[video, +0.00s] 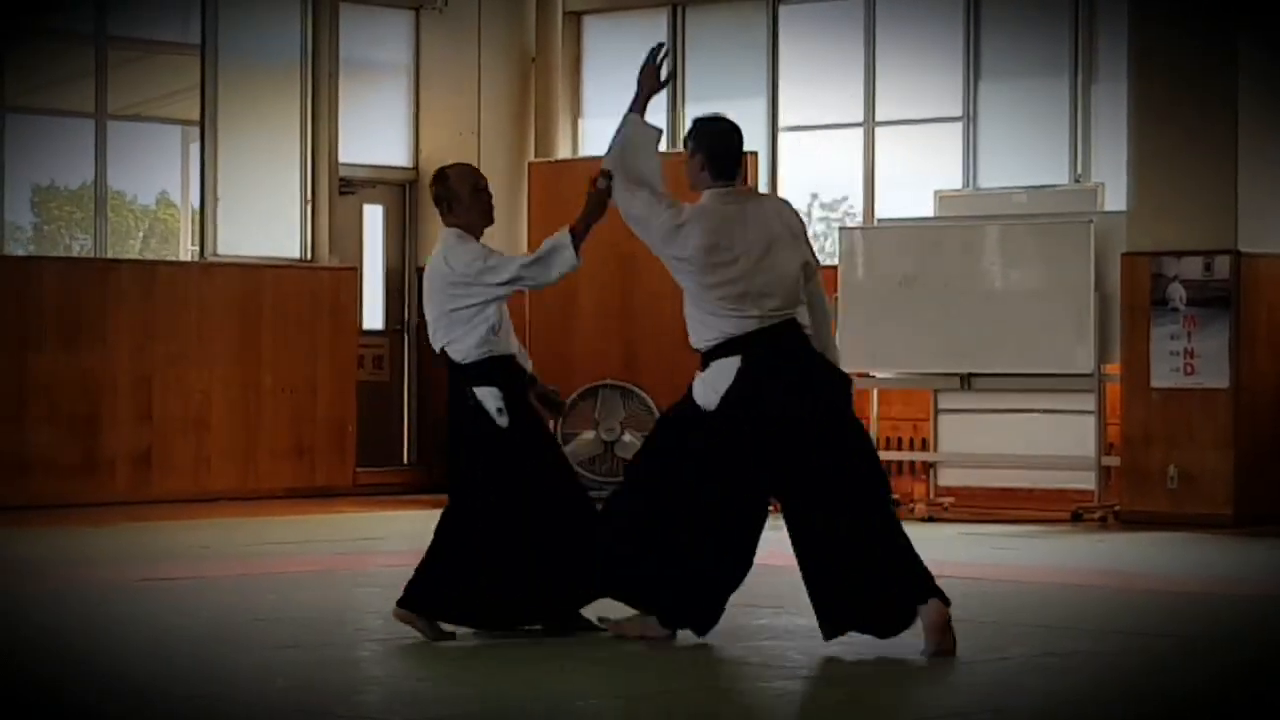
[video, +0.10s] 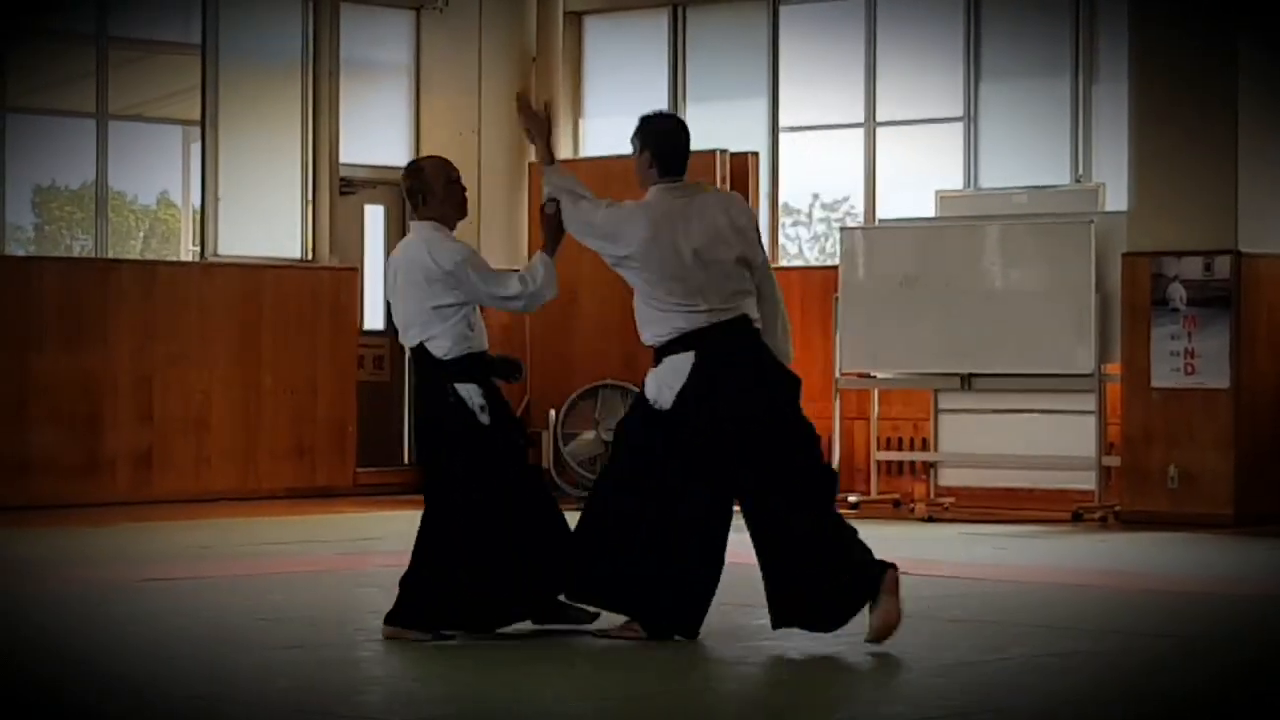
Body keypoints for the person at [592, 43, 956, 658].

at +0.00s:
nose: (682, 164)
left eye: (685, 156)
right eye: (686, 156)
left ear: (694, 162)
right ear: (742, 162)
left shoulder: (686, 229)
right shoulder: (783, 215)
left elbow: (631, 181)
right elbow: (816, 303)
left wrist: (641, 103)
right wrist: (829, 368)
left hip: (734, 382)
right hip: (803, 373)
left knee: (662, 487)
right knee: (855, 495)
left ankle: (655, 614)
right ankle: (928, 599)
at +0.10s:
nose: (632, 161)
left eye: (634, 153)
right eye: (635, 152)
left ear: (645, 159)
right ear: (685, 157)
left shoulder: (636, 222)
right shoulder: (731, 207)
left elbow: (577, 206)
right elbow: (767, 293)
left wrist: (544, 150)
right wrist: (781, 365)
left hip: (686, 371)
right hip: (751, 361)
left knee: (659, 496)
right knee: (789, 490)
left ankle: (656, 616)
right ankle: (872, 578)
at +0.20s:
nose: (605, 157)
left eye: (607, 149)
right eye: (608, 149)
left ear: (618, 154)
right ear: (662, 157)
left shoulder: (592, 209)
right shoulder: (697, 211)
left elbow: (527, 244)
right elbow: (733, 292)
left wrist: (504, 244)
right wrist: (737, 361)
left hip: (634, 365)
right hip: (698, 360)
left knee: (611, 487)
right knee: (721, 480)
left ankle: (592, 609)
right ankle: (771, 583)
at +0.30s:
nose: (581, 166)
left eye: (584, 157)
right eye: (585, 157)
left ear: (593, 160)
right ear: (634, 166)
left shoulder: (560, 217)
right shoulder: (665, 219)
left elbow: (502, 275)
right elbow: (706, 301)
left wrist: (466, 306)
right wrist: (719, 364)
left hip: (585, 361)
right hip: (649, 361)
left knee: (578, 483)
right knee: (645, 484)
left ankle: (570, 607)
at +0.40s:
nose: (540, 184)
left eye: (543, 175)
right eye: (543, 175)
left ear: (556, 177)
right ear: (596, 182)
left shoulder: (524, 231)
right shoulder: (629, 235)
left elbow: (464, 293)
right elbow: (670, 313)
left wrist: (404, 336)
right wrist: (697, 378)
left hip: (548, 372)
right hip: (613, 370)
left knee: (502, 485)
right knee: (593, 483)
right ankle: (620, 607)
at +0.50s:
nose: (488, 192)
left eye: (492, 183)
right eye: (491, 183)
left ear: (509, 186)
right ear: (539, 190)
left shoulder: (486, 243)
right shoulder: (577, 245)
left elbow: (418, 305)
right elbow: (619, 320)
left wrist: (348, 339)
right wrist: (655, 385)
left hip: (523, 387)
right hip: (580, 383)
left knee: (432, 463)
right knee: (571, 490)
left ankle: (435, 605)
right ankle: (625, 603)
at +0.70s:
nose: (408, 164)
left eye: (419, 157)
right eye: (415, 156)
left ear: (439, 171)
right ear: (449, 176)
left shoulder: (411, 237)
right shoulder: (475, 237)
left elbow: (343, 301)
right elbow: (483, 309)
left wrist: (294, 334)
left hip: (425, 392)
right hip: (476, 383)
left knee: (349, 483)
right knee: (466, 496)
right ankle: (550, 545)